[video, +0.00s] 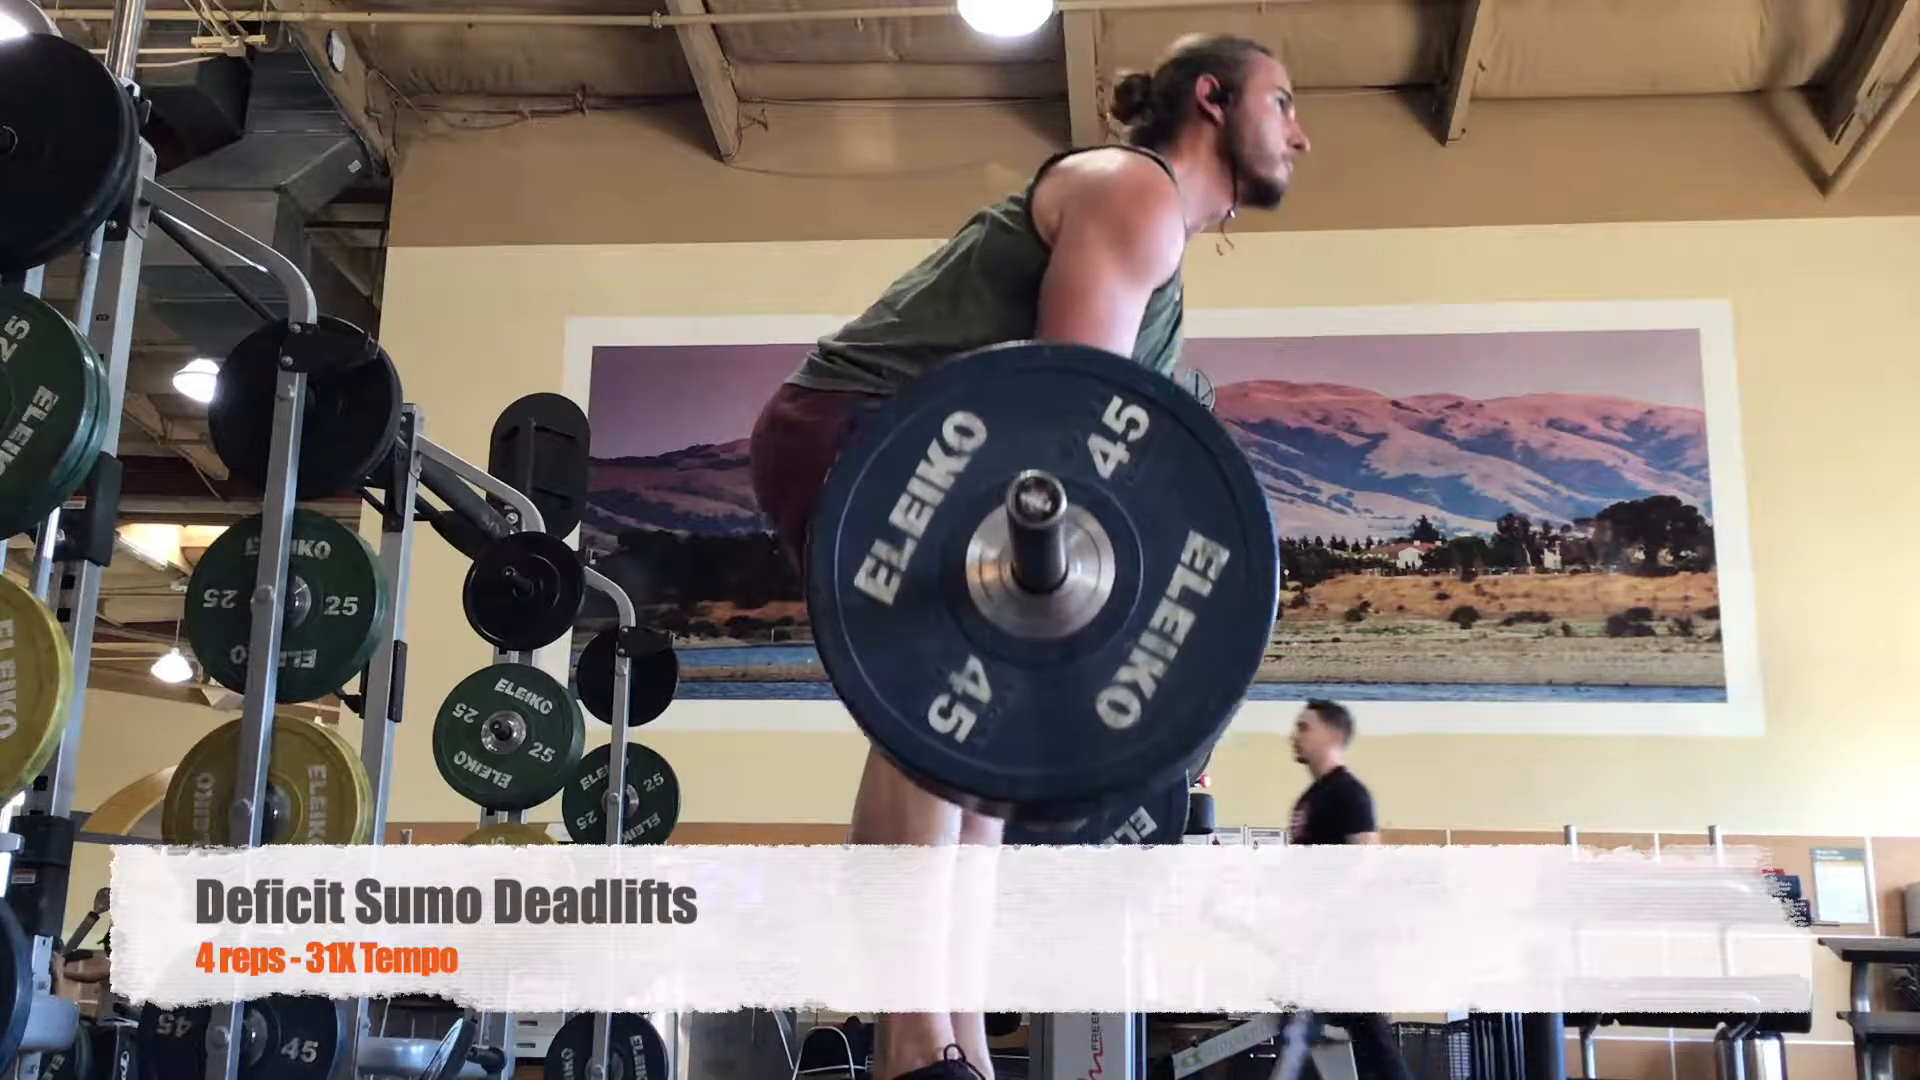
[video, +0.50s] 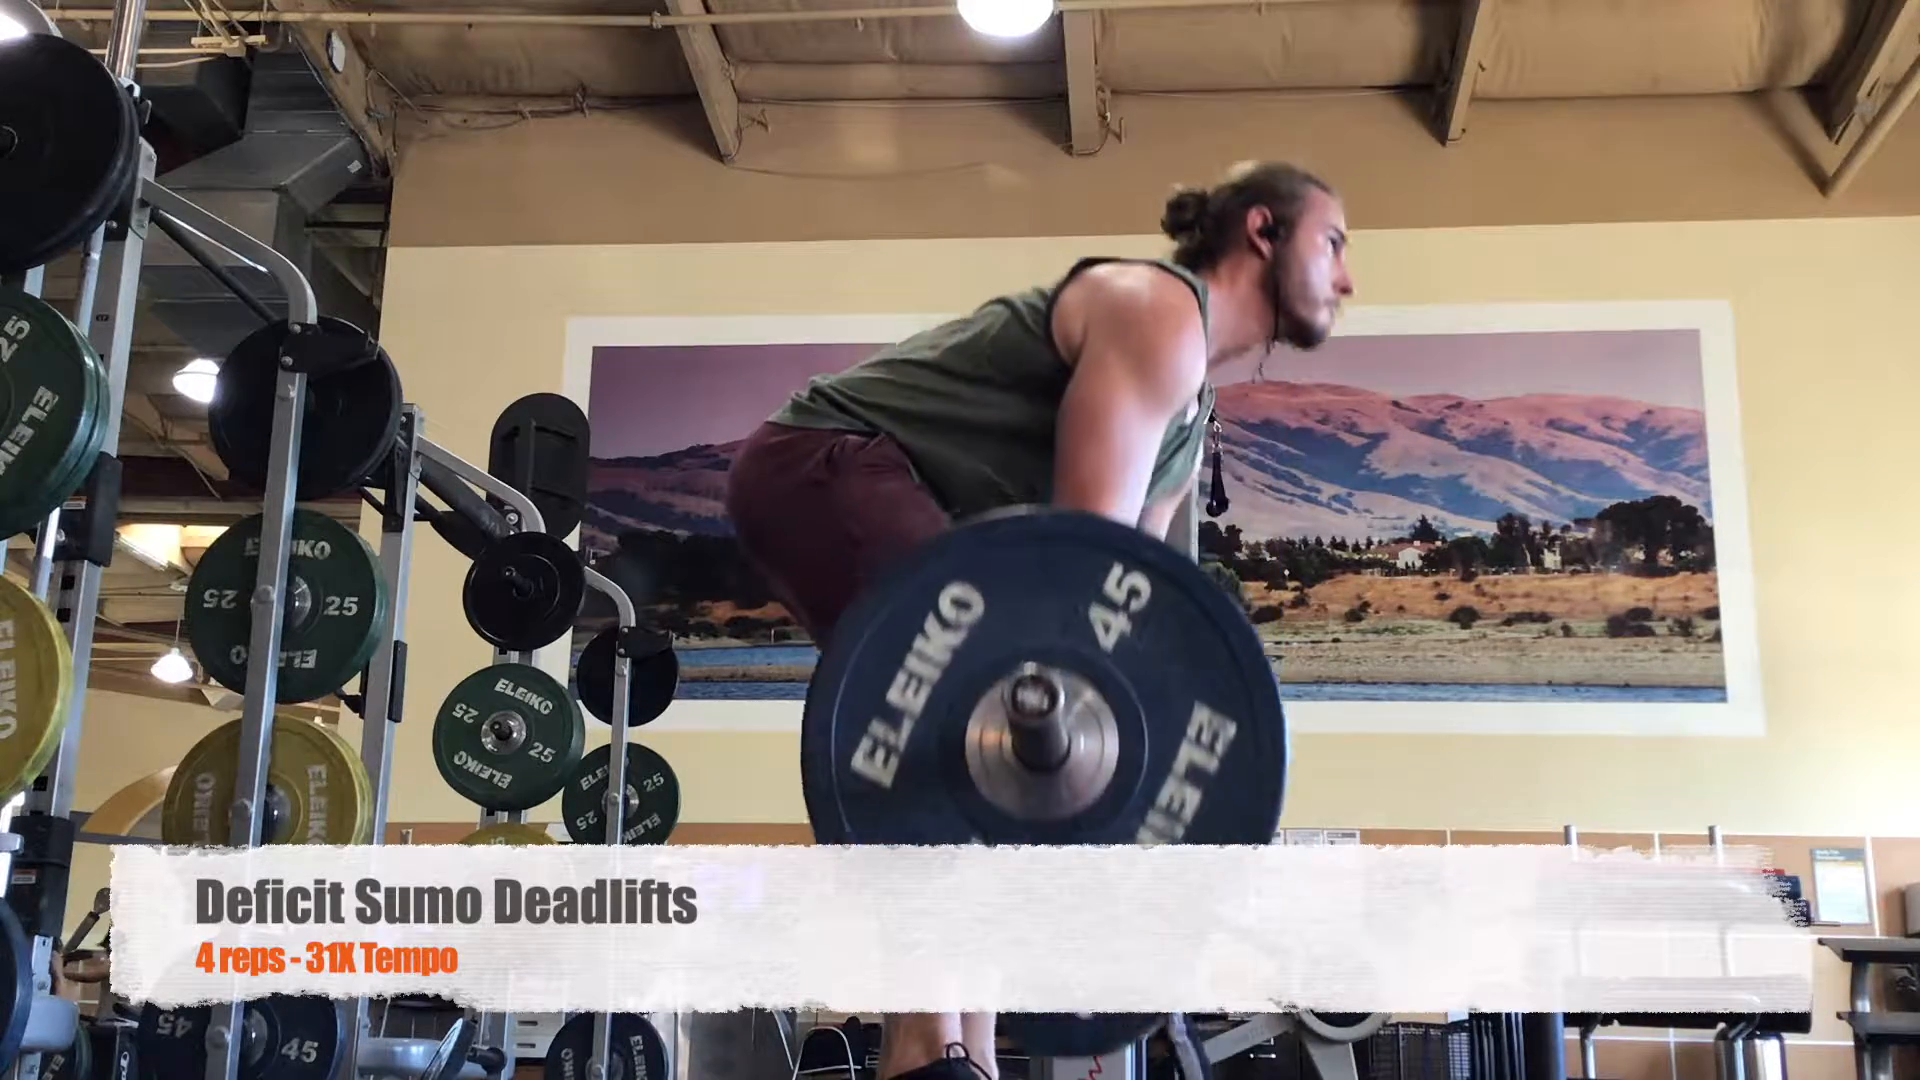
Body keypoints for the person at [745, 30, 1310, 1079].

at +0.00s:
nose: (1299, 129)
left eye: (1297, 108)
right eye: (1282, 103)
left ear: (1221, 116)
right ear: (1209, 106)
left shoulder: (1162, 246)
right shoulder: (1132, 192)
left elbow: (1105, 438)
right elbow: (1069, 407)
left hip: (905, 448)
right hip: (839, 426)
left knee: (991, 721)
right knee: (934, 701)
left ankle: (955, 1029)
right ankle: (907, 1037)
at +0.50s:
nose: (1347, 278)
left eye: (1347, 251)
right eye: (1333, 244)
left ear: (1263, 242)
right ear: (1261, 235)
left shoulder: (1185, 427)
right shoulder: (1154, 314)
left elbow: (1135, 582)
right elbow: (1084, 552)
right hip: (827, 457)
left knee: (996, 746)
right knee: (954, 726)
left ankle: (970, 1043)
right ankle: (923, 1043)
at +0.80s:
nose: (1374, 399)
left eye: (1373, 373)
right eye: (1358, 363)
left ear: (1289, 350)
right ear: (1284, 344)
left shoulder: (1188, 540)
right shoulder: (1164, 417)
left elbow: (1140, 696)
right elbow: (1087, 663)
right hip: (811, 514)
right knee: (1041, 690)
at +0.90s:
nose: (1379, 439)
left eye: (1382, 417)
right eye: (1367, 406)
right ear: (1293, 387)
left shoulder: (1188, 579)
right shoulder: (1166, 457)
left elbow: (1133, 739)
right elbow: (1080, 699)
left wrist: (1134, 894)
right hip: (809, 542)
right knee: (1039, 696)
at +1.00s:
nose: (1382, 482)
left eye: (1388, 462)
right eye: (1374, 447)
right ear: (1301, 423)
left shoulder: (1193, 599)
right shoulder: (1169, 493)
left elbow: (1134, 771)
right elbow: (1081, 735)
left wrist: (1138, 950)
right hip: (810, 557)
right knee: (1047, 707)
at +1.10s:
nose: (1390, 490)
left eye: (1398, 472)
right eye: (1385, 457)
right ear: (1315, 423)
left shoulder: (1200, 585)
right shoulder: (1174, 487)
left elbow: (1135, 770)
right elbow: (1079, 728)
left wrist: (1142, 944)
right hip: (814, 545)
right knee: (1050, 705)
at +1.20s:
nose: (1397, 452)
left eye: (1402, 430)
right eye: (1389, 417)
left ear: (1318, 398)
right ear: (1315, 391)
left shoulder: (1202, 565)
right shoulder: (1181, 454)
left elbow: (1138, 742)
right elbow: (1077, 694)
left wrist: (1135, 895)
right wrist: (1077, 879)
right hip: (826, 510)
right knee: (1034, 689)